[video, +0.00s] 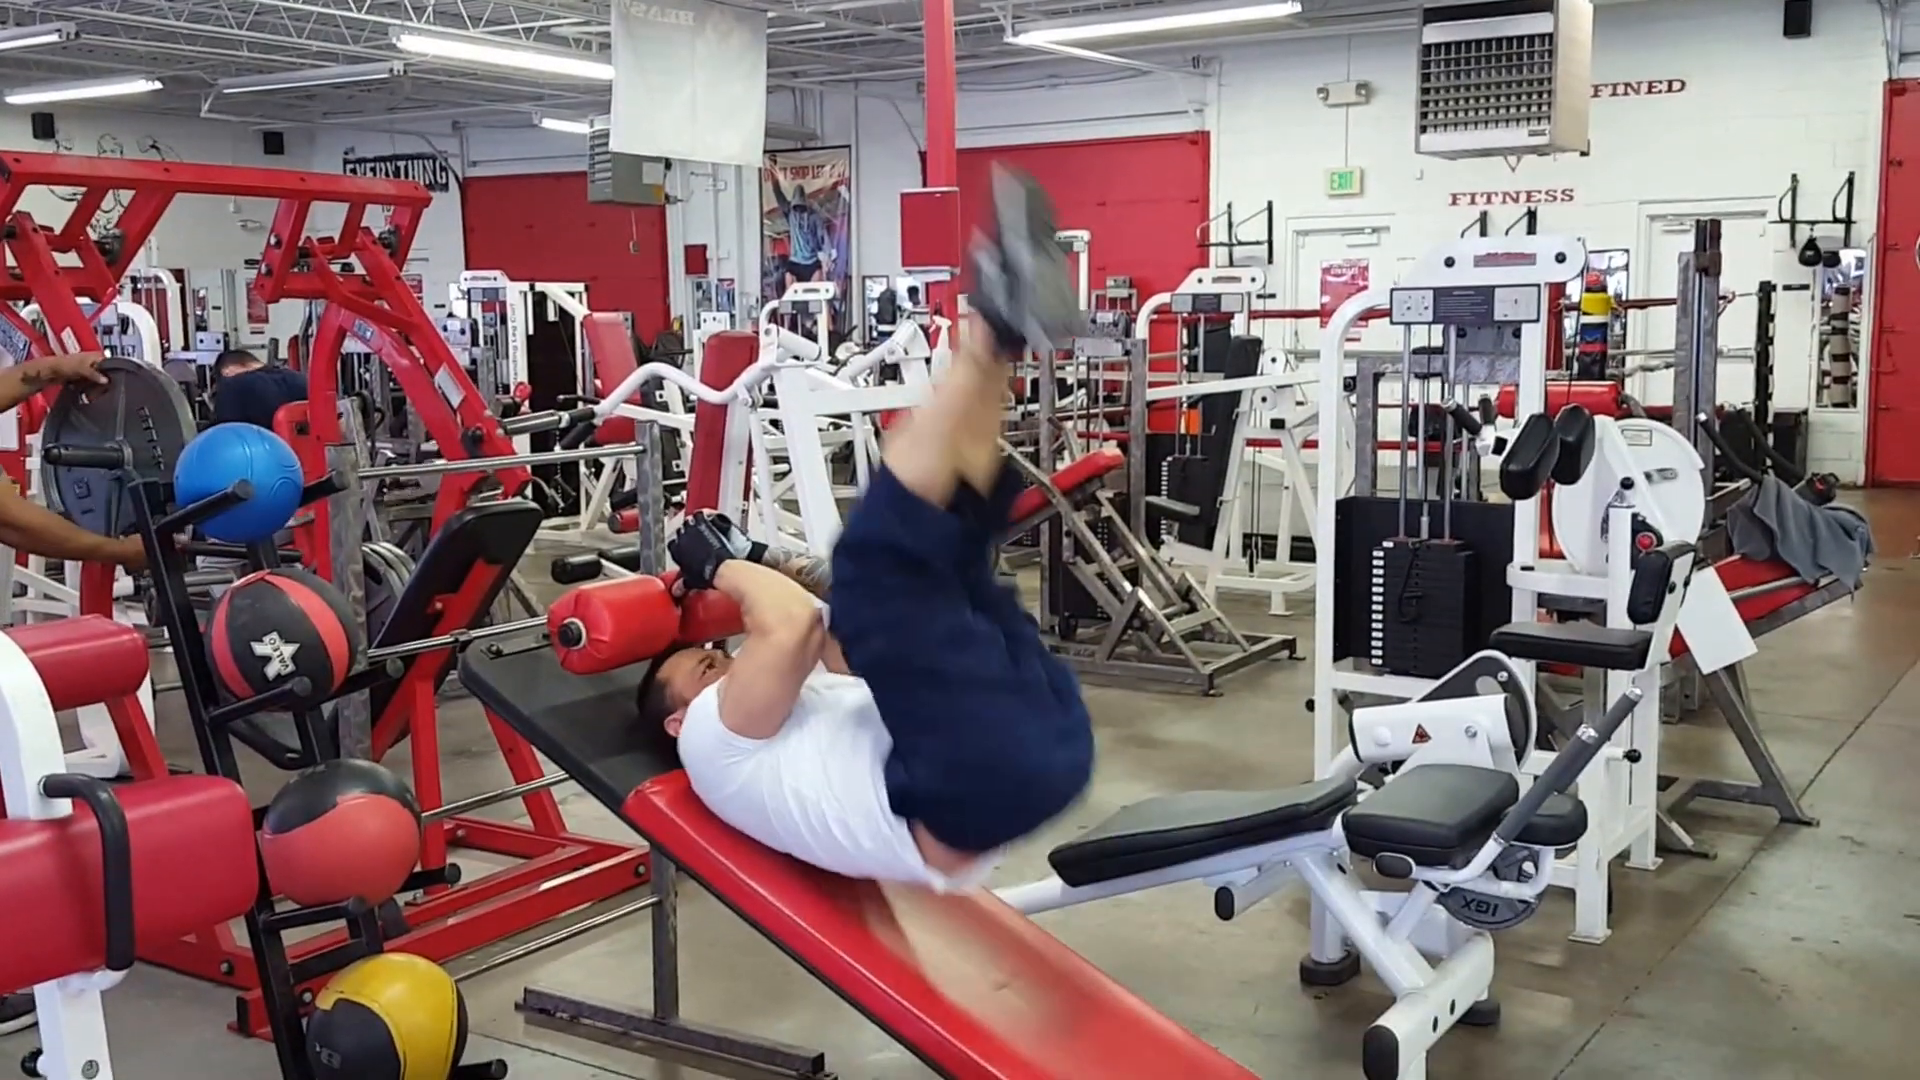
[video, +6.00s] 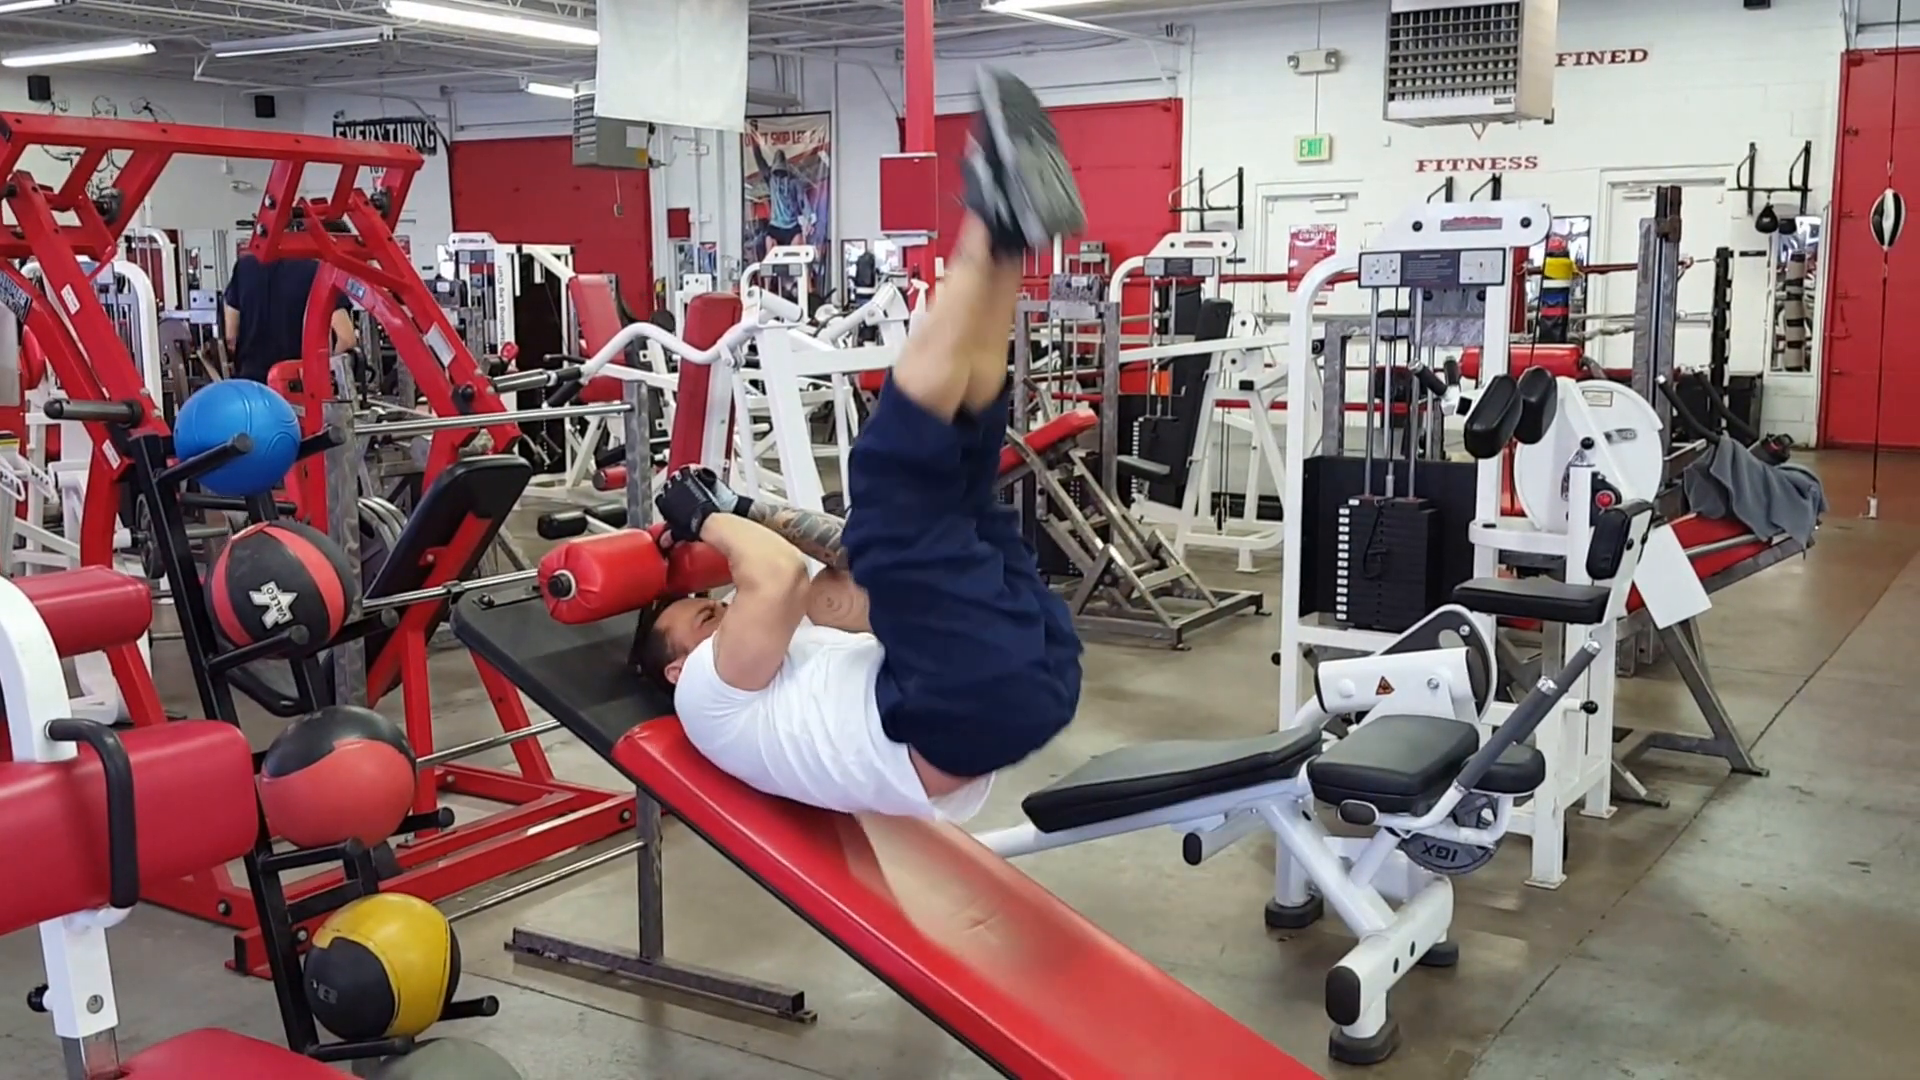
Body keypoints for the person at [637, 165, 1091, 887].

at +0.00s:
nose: (722, 660)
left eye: (715, 654)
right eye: (701, 667)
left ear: (730, 658)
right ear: (681, 718)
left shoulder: (804, 709)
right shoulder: (711, 746)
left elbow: (848, 640)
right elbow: (794, 623)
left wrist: (769, 583)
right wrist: (723, 567)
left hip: (1051, 753)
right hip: (977, 788)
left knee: (937, 561)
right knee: (872, 559)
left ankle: (1001, 350)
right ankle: (984, 339)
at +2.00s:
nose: (717, 618)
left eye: (711, 615)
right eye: (696, 623)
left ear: (730, 623)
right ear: (671, 669)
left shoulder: (791, 665)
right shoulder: (701, 699)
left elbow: (857, 597)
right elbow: (772, 580)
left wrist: (789, 549)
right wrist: (711, 525)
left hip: (1032, 665)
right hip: (967, 695)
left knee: (950, 446)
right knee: (882, 456)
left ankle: (956, 202)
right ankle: (929, 188)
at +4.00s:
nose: (719, 607)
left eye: (712, 604)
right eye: (696, 614)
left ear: (729, 613)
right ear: (668, 666)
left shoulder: (788, 664)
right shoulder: (702, 695)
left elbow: (858, 589)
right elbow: (772, 573)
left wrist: (756, 523)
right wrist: (704, 518)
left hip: (1033, 679)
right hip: (964, 698)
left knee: (961, 462)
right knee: (898, 459)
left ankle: (991, 217)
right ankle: (961, 201)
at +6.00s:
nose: (720, 609)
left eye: (711, 604)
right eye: (698, 616)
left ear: (719, 615)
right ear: (677, 661)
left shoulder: (779, 665)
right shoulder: (706, 697)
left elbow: (868, 607)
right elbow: (775, 573)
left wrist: (772, 574)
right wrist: (708, 515)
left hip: (1036, 682)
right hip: (970, 707)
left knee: (953, 477)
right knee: (891, 467)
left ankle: (1010, 246)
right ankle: (988, 225)